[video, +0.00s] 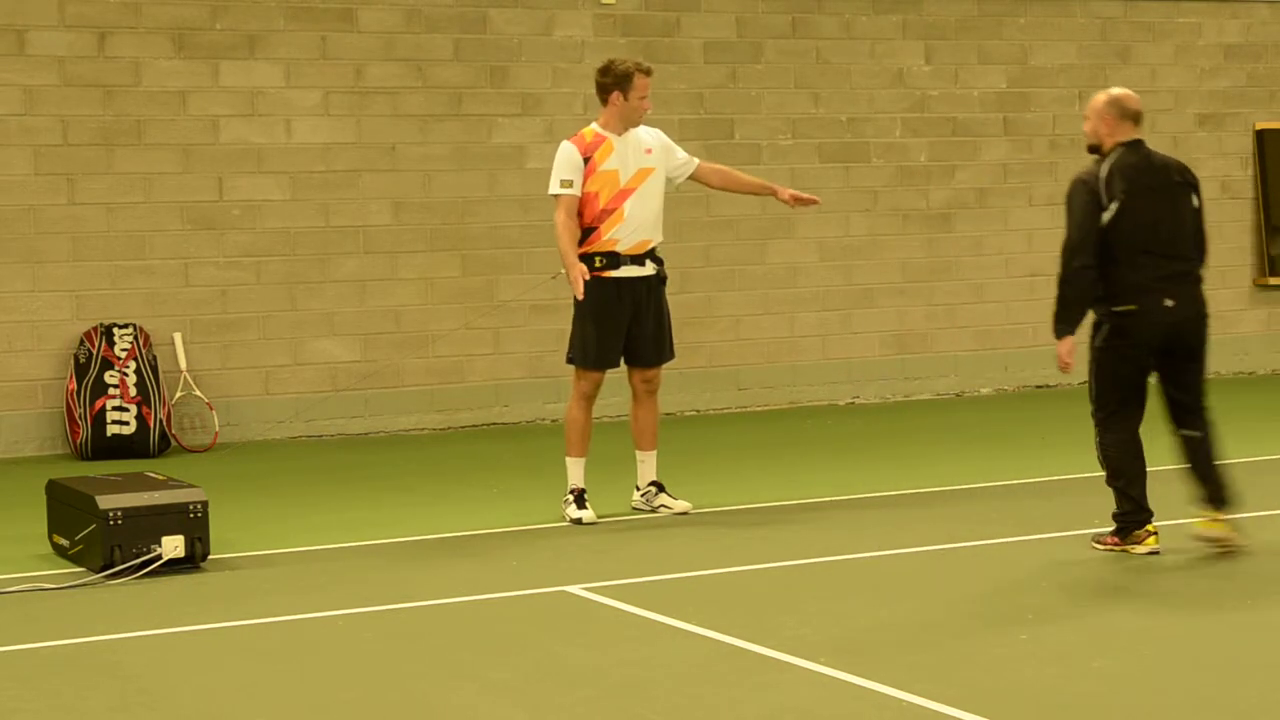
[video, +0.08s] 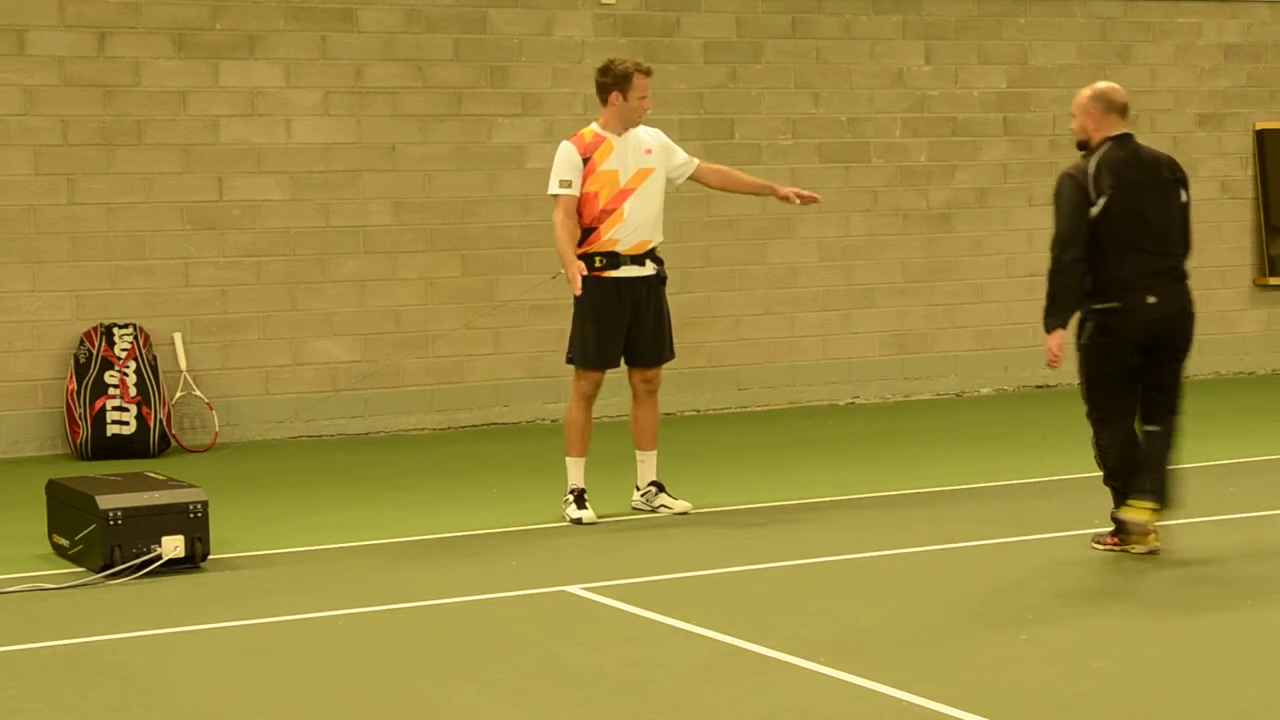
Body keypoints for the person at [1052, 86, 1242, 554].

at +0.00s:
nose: (1084, 128)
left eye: (1090, 119)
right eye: (1086, 119)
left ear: (1110, 123)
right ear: (1131, 123)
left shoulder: (1093, 182)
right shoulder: (1180, 173)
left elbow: (1080, 260)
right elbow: (1196, 250)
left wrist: (1065, 328)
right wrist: (1173, 289)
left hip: (1125, 320)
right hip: (1185, 313)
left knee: (1116, 420)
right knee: (1190, 412)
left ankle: (1134, 526)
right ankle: (1218, 507)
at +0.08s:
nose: (1072, 125)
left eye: (1075, 116)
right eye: (1074, 116)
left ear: (1094, 118)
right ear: (1120, 116)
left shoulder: (1080, 177)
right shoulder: (1168, 168)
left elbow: (1070, 254)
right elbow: (1181, 243)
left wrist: (1056, 322)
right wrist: (1149, 279)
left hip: (1112, 315)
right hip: (1172, 309)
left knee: (1111, 415)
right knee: (1160, 410)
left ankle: (1130, 524)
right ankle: (1145, 502)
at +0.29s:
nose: (1047, 133)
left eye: (1049, 124)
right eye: (1048, 124)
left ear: (1066, 124)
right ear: (1096, 122)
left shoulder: (1052, 180)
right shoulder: (1142, 176)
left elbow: (1043, 257)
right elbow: (1150, 253)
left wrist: (1033, 327)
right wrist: (1117, 287)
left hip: (1073, 321)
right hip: (1133, 320)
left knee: (1051, 405)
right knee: (1106, 420)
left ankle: (1092, 510)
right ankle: (1081, 533)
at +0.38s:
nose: (1037, 128)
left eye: (1040, 119)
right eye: (1038, 118)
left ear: (1055, 121)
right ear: (1087, 119)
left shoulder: (1038, 177)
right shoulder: (1131, 174)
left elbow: (1028, 257)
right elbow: (1141, 254)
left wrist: (1021, 327)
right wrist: (1113, 293)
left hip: (1060, 322)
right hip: (1119, 323)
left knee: (1027, 404)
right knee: (1097, 424)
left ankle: (1056, 515)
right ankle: (1082, 535)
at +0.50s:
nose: (1018, 120)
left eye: (1020, 111)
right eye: (1019, 111)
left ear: (1034, 112)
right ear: (1065, 111)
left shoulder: (1016, 169)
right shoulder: (1112, 167)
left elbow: (1000, 246)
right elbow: (1126, 246)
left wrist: (991, 317)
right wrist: (1117, 311)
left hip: (1034, 318)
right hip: (1096, 319)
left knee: (995, 408)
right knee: (1084, 428)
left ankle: (994, 523)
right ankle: (1080, 539)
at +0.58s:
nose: (1003, 120)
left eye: (1006, 111)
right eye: (1005, 110)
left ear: (1019, 112)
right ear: (1051, 111)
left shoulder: (999, 170)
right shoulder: (1095, 168)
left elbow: (981, 245)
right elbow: (1117, 247)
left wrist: (961, 314)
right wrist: (1130, 312)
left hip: (1014, 317)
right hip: (1079, 319)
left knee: (973, 414)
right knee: (1076, 428)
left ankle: (950, 528)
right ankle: (1079, 540)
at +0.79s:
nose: (951, 129)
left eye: (953, 120)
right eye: (954, 119)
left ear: (966, 122)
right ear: (999, 122)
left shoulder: (943, 183)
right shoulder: (1039, 179)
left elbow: (923, 257)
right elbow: (1076, 246)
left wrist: (896, 320)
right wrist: (1110, 309)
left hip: (956, 331)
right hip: (1020, 329)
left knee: (916, 431)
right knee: (1044, 433)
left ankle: (874, 540)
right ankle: (1076, 540)